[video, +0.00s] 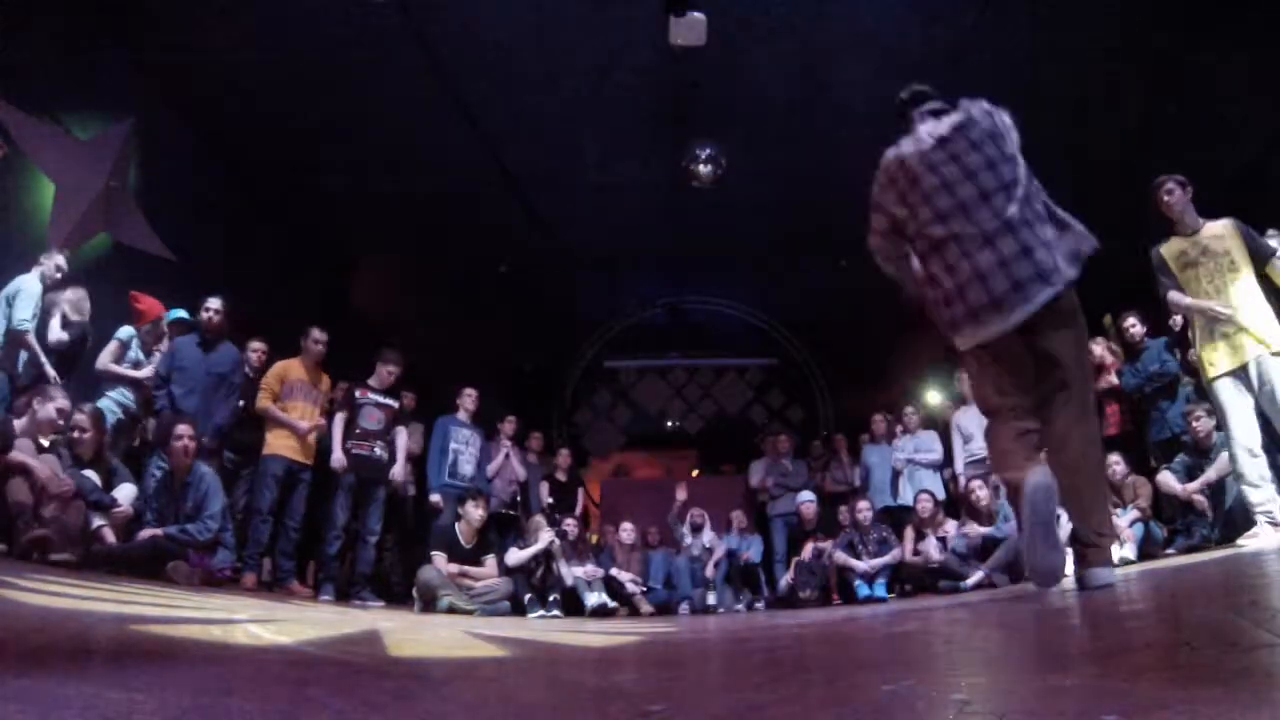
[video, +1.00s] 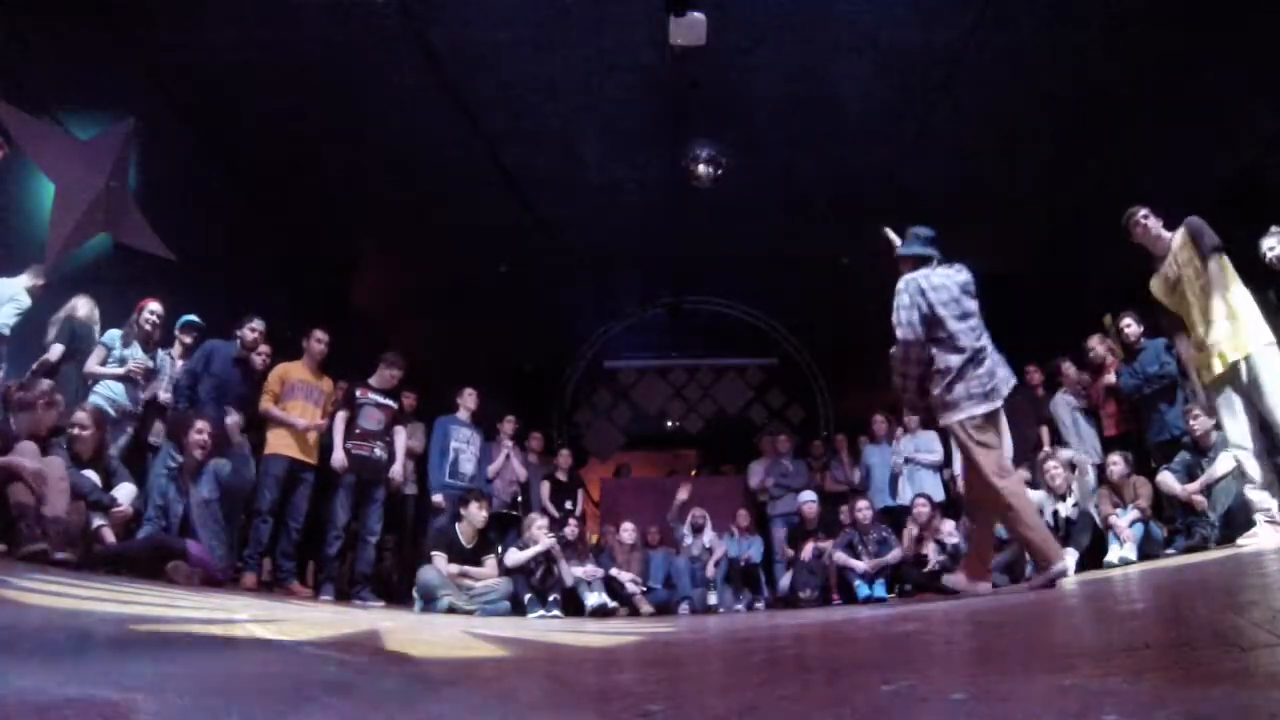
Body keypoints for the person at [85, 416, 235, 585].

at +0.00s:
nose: (186, 445)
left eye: (191, 439)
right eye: (179, 439)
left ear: (197, 445)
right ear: (168, 447)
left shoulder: (207, 478)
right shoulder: (163, 480)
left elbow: (207, 532)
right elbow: (151, 518)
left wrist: (162, 533)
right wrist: (150, 534)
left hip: (210, 553)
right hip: (174, 546)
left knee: (155, 545)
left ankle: (95, 556)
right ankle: (177, 572)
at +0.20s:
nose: (189, 448)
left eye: (193, 442)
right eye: (181, 442)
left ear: (198, 447)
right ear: (170, 449)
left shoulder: (211, 480)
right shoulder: (166, 483)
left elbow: (212, 530)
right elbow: (151, 515)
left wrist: (168, 534)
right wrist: (148, 532)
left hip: (210, 552)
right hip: (173, 547)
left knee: (157, 544)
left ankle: (92, 554)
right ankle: (182, 575)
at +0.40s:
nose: (196, 442)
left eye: (202, 438)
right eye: (191, 434)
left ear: (205, 447)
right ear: (177, 439)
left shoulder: (210, 476)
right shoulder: (166, 477)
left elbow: (209, 529)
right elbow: (152, 519)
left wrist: (165, 532)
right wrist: (150, 534)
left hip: (210, 553)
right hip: (173, 545)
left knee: (156, 543)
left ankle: (92, 556)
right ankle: (180, 574)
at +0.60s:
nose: (194, 448)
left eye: (199, 442)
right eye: (187, 442)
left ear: (203, 449)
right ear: (176, 448)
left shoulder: (211, 479)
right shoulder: (165, 482)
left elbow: (211, 532)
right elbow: (151, 525)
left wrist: (166, 533)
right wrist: (150, 536)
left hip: (212, 553)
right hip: (174, 547)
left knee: (156, 544)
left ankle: (95, 555)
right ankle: (181, 574)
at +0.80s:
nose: (199, 448)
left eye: (203, 442)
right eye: (192, 442)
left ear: (208, 447)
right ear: (180, 448)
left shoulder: (214, 478)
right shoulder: (165, 481)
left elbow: (224, 515)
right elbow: (152, 522)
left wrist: (182, 520)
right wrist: (144, 541)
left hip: (211, 555)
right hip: (171, 547)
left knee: (164, 543)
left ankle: (99, 556)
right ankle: (182, 575)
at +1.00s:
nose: (205, 440)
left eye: (210, 435)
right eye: (199, 433)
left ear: (214, 441)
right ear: (183, 436)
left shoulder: (217, 469)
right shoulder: (165, 471)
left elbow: (244, 482)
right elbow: (154, 519)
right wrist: (139, 546)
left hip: (214, 557)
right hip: (175, 546)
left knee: (159, 541)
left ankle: (96, 555)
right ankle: (185, 576)